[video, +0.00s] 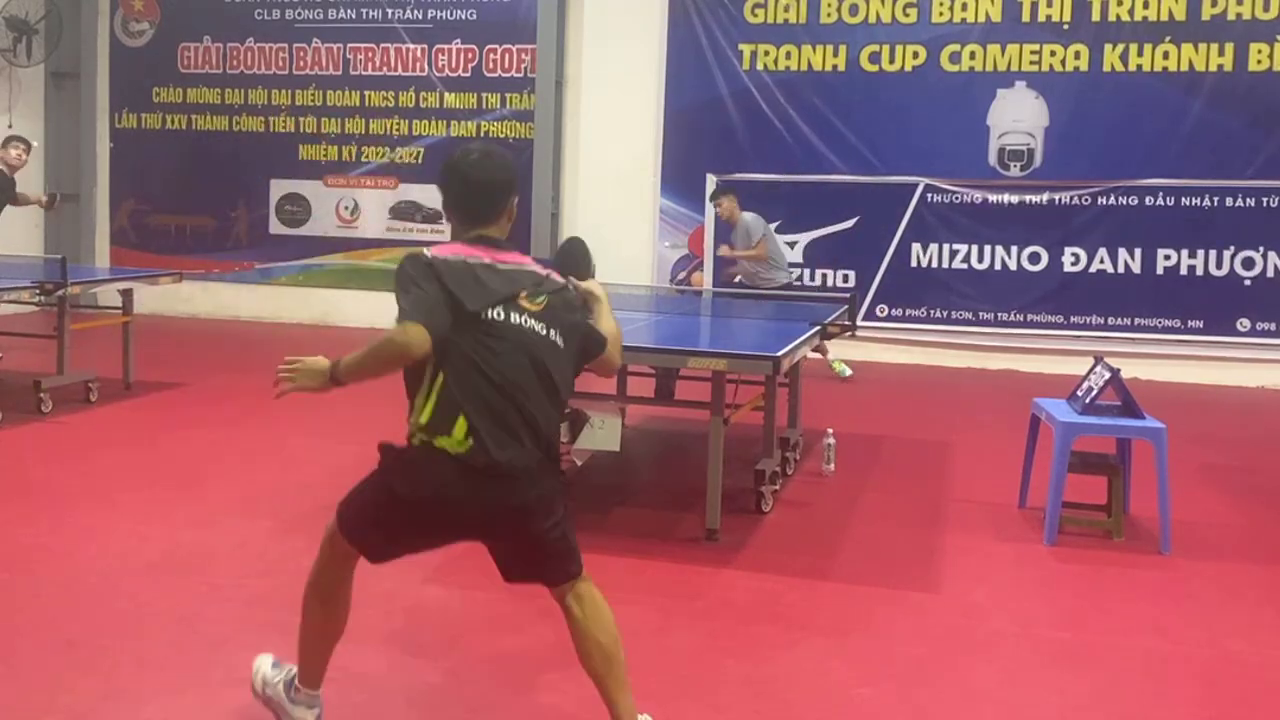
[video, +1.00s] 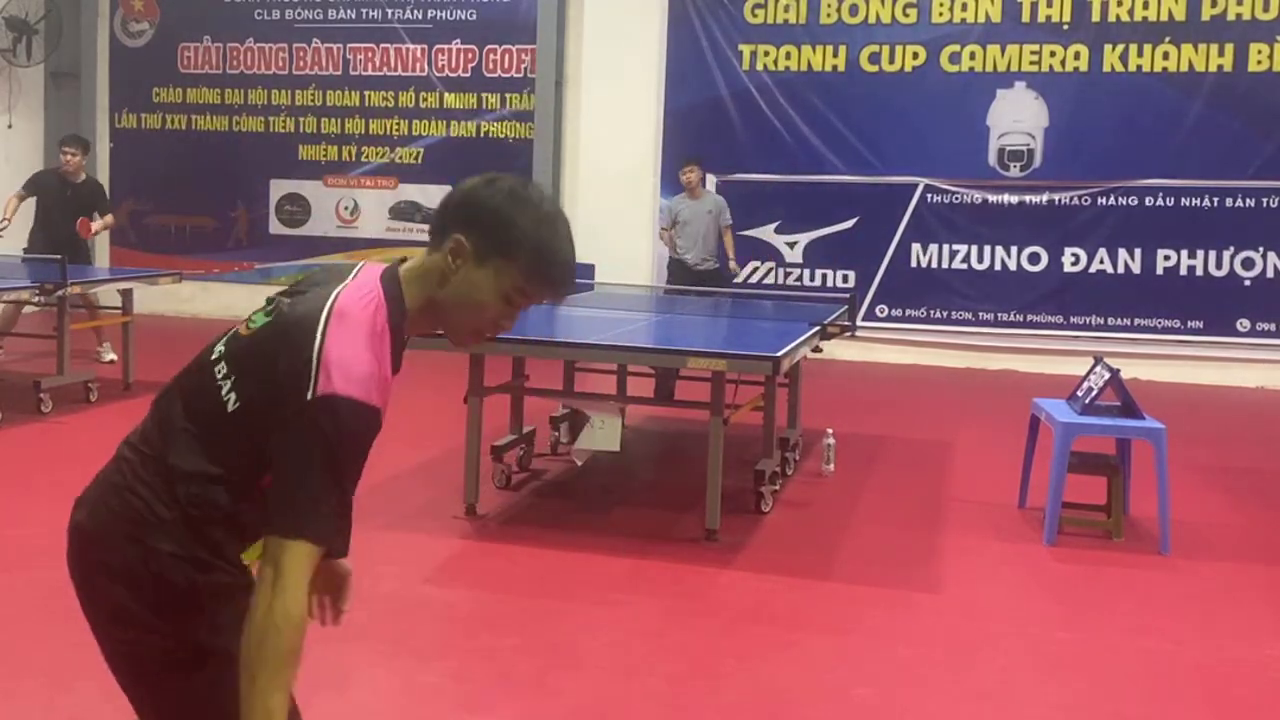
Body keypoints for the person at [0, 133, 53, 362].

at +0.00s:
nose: (20, 154)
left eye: (24, 152)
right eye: (15, 149)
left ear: (26, 160)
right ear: (2, 152)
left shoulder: (9, 180)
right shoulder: (3, 178)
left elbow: (14, 199)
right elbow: (14, 199)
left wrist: (40, 199)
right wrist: (38, 199)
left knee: (0, 294)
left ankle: (1, 350)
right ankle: (1, 350)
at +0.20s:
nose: (21, 171)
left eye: (27, 168)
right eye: (17, 164)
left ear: (30, 174)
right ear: (5, 164)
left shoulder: (18, 190)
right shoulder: (2, 184)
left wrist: (27, 214)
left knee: (1, 297)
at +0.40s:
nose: (11, 174)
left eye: (17, 170)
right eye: (8, 168)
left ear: (27, 174)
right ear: (2, 167)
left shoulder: (28, 192)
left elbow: (42, 214)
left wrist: (50, 237)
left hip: (9, 252)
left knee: (23, 296)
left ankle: (7, 342)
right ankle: (6, 342)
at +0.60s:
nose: (28, 167)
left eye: (34, 163)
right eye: (25, 161)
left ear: (45, 168)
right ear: (18, 163)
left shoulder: (53, 191)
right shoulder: (6, 187)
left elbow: (76, 214)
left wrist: (75, 228)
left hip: (42, 259)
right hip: (8, 259)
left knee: (71, 295)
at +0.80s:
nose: (54, 167)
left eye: (60, 163)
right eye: (51, 162)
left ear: (72, 167)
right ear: (47, 163)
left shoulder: (84, 193)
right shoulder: (34, 188)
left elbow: (109, 221)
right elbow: (8, 206)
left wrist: (100, 232)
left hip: (74, 263)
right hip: (37, 261)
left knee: (91, 300)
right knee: (14, 303)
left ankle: (104, 346)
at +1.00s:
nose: (67, 159)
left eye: (73, 155)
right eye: (64, 154)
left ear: (84, 158)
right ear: (59, 155)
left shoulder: (93, 187)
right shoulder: (43, 178)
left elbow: (109, 219)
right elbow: (17, 198)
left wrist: (99, 225)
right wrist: (7, 217)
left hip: (76, 256)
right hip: (40, 254)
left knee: (89, 298)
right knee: (16, 300)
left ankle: (103, 345)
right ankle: (1, 344)